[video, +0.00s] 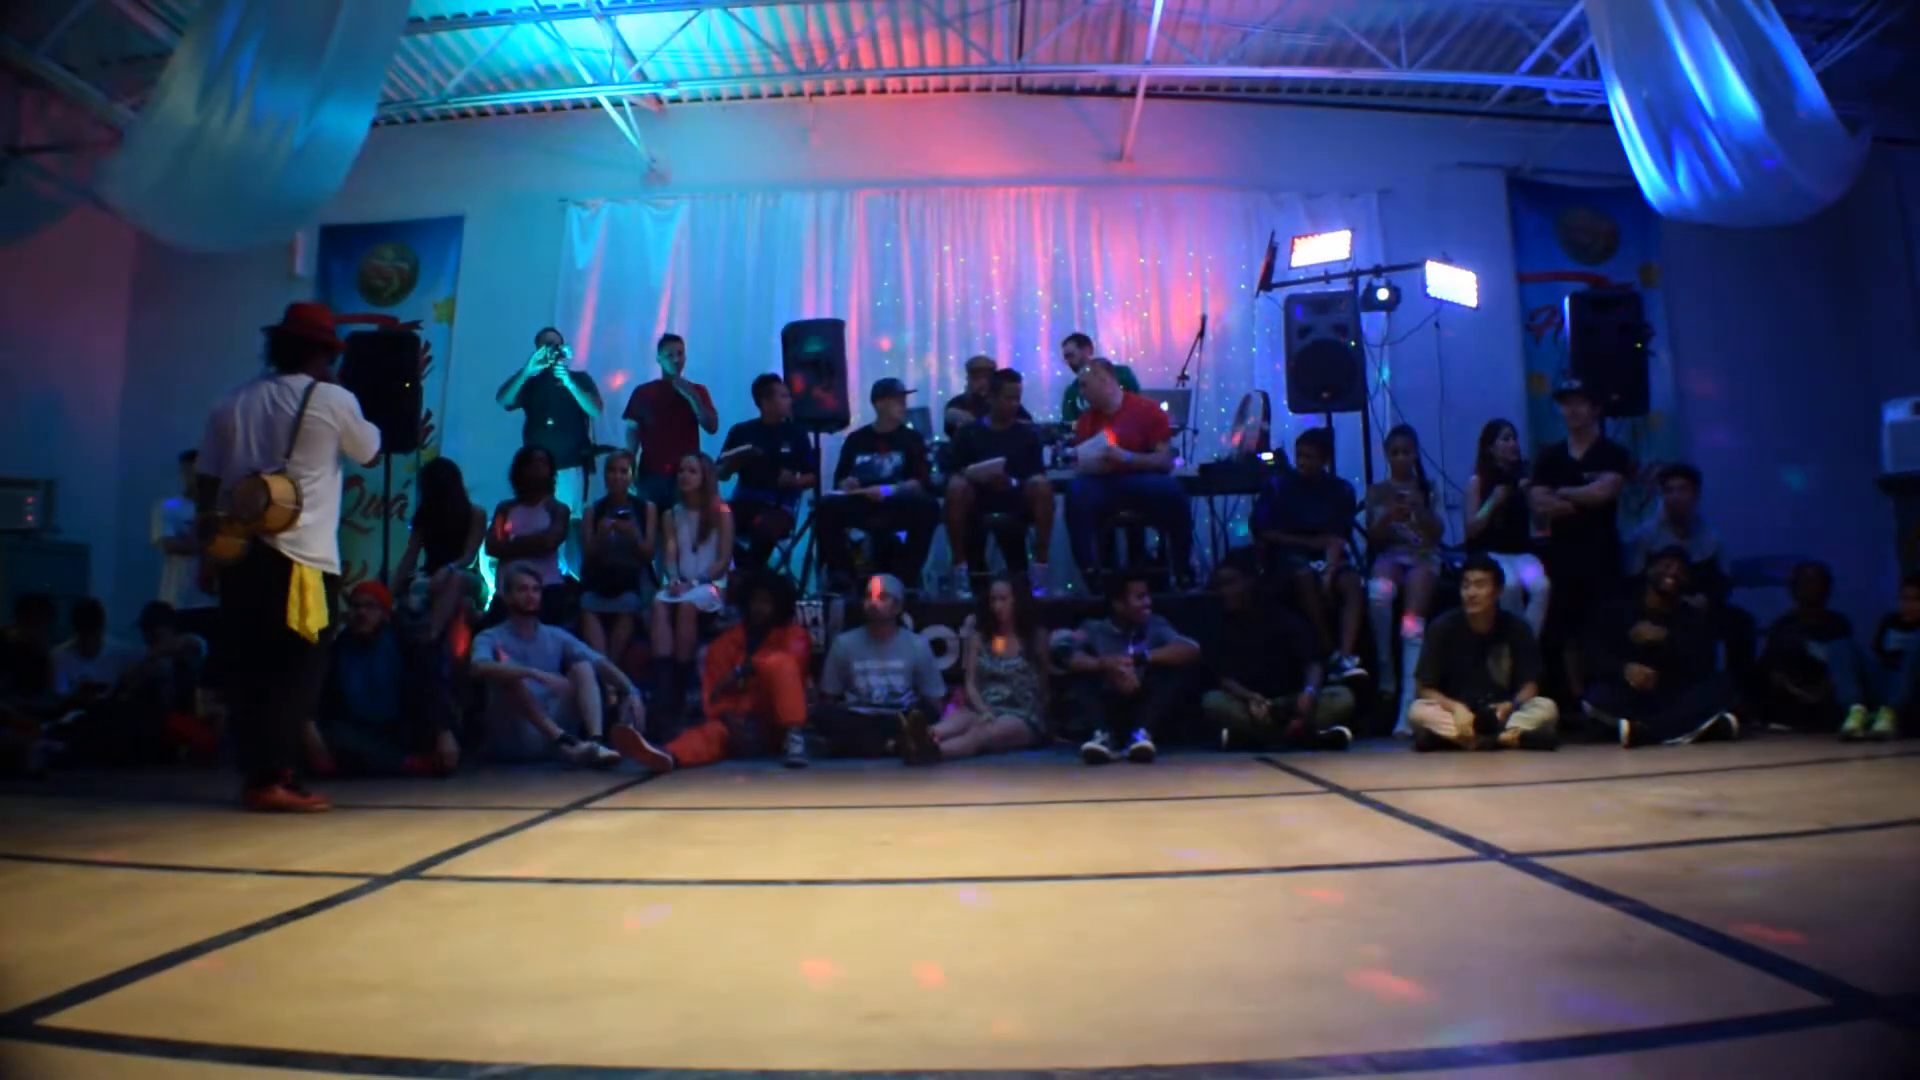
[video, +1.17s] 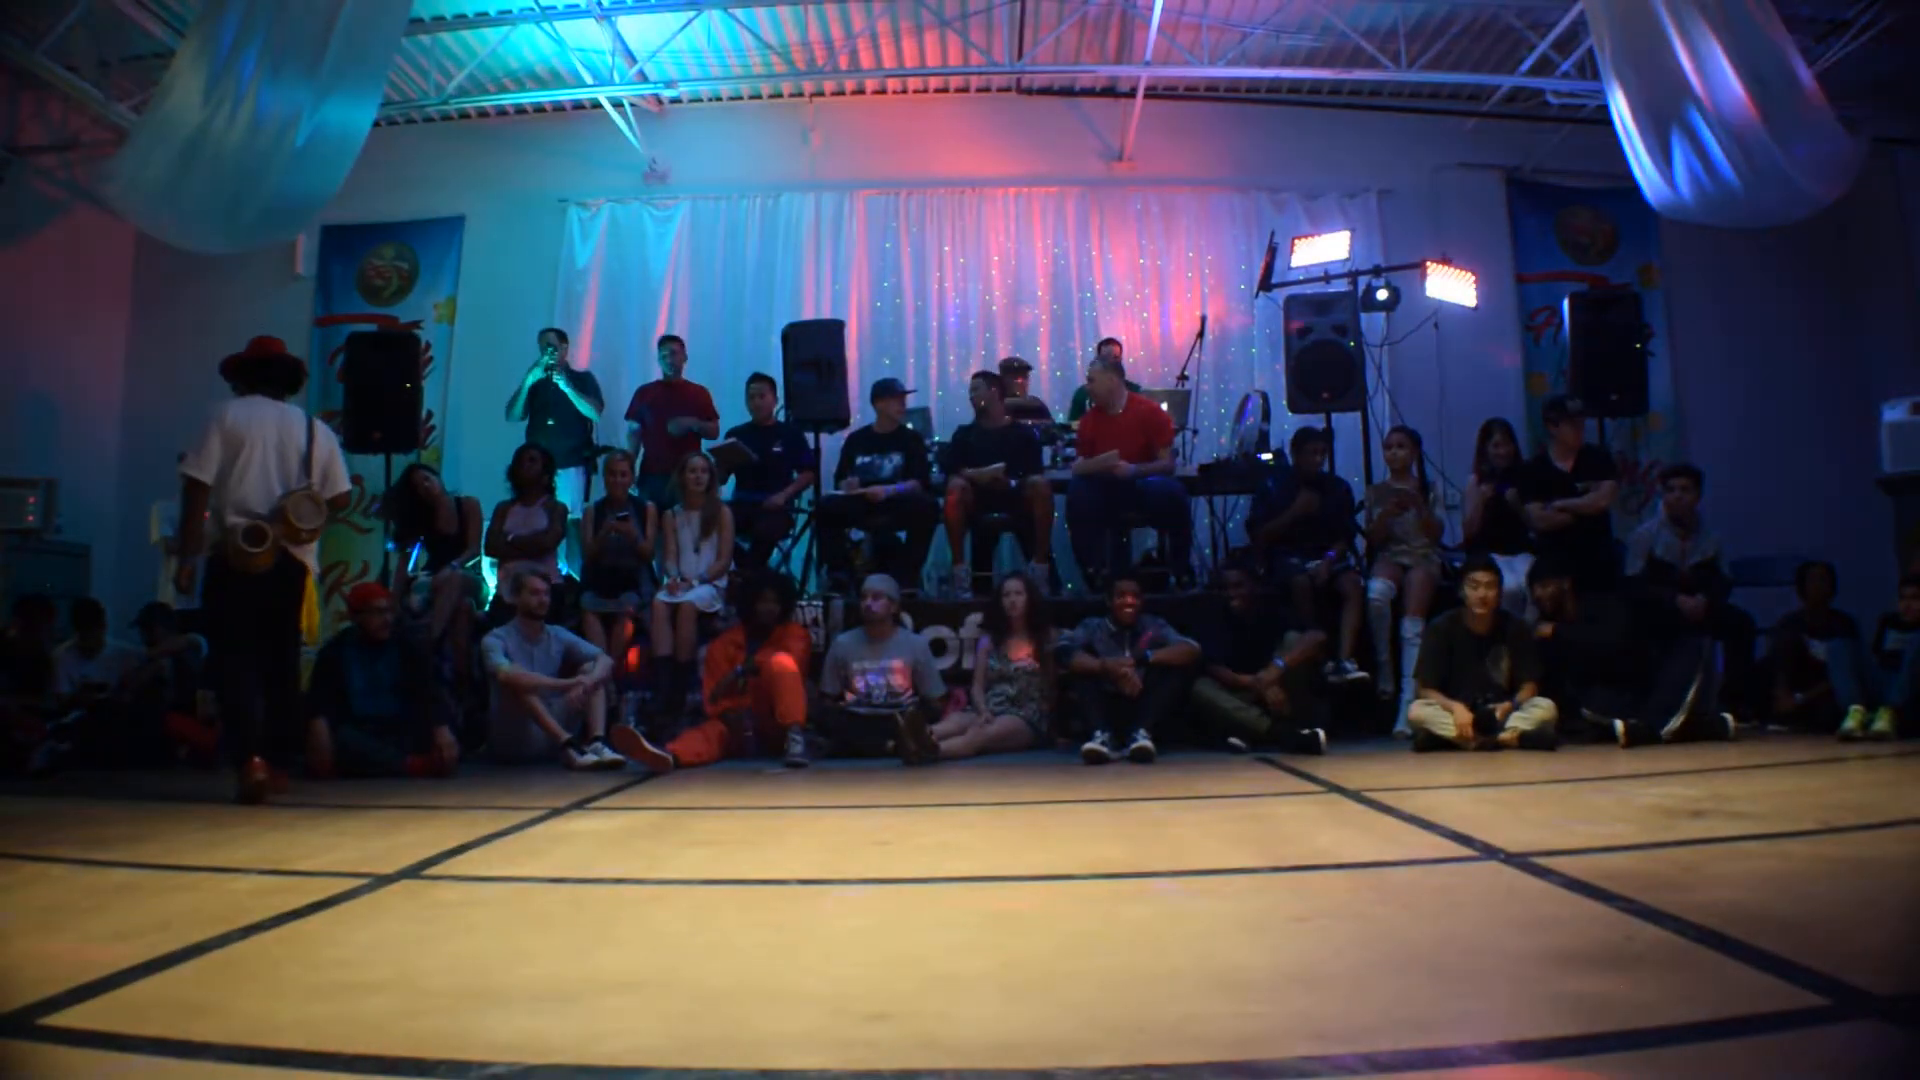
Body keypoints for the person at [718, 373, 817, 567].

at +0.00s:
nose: (788, 402)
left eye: (788, 396)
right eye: (782, 396)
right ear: (764, 402)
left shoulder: (796, 433)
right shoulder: (741, 431)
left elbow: (812, 476)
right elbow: (721, 473)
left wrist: (794, 480)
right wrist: (735, 461)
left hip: (779, 503)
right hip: (745, 499)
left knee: (765, 531)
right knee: (719, 523)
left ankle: (750, 575)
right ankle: (743, 563)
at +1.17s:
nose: (756, 402)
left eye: (762, 396)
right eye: (751, 397)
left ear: (775, 400)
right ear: (746, 402)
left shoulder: (790, 433)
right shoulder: (735, 434)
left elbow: (808, 473)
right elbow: (721, 479)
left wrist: (783, 496)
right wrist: (725, 460)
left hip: (775, 502)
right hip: (743, 502)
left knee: (767, 531)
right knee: (719, 522)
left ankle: (752, 573)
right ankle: (745, 564)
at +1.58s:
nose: (754, 401)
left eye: (760, 395)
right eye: (750, 396)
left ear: (773, 399)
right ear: (745, 401)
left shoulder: (788, 433)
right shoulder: (734, 435)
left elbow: (808, 472)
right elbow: (720, 477)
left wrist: (782, 496)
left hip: (774, 503)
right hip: (742, 502)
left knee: (767, 532)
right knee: (721, 524)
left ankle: (752, 573)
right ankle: (743, 565)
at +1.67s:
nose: (754, 402)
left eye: (760, 396)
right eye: (750, 396)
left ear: (773, 400)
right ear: (745, 401)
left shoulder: (788, 433)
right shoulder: (735, 435)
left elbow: (808, 472)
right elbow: (720, 474)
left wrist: (782, 496)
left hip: (774, 503)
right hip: (742, 502)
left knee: (766, 532)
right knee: (720, 525)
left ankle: (754, 573)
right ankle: (743, 564)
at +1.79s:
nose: (755, 402)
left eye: (760, 396)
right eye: (750, 397)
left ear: (773, 400)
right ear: (746, 402)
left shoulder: (789, 433)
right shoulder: (736, 436)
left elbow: (809, 471)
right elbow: (721, 477)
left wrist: (783, 493)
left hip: (776, 501)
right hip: (743, 501)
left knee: (767, 532)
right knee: (721, 524)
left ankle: (753, 572)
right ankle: (744, 564)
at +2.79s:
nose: (754, 406)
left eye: (759, 399)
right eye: (749, 400)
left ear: (772, 400)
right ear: (744, 403)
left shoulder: (789, 433)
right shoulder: (739, 434)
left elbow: (805, 473)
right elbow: (720, 477)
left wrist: (775, 468)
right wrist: (727, 455)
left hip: (777, 503)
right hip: (743, 501)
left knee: (766, 530)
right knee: (718, 524)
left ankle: (752, 574)